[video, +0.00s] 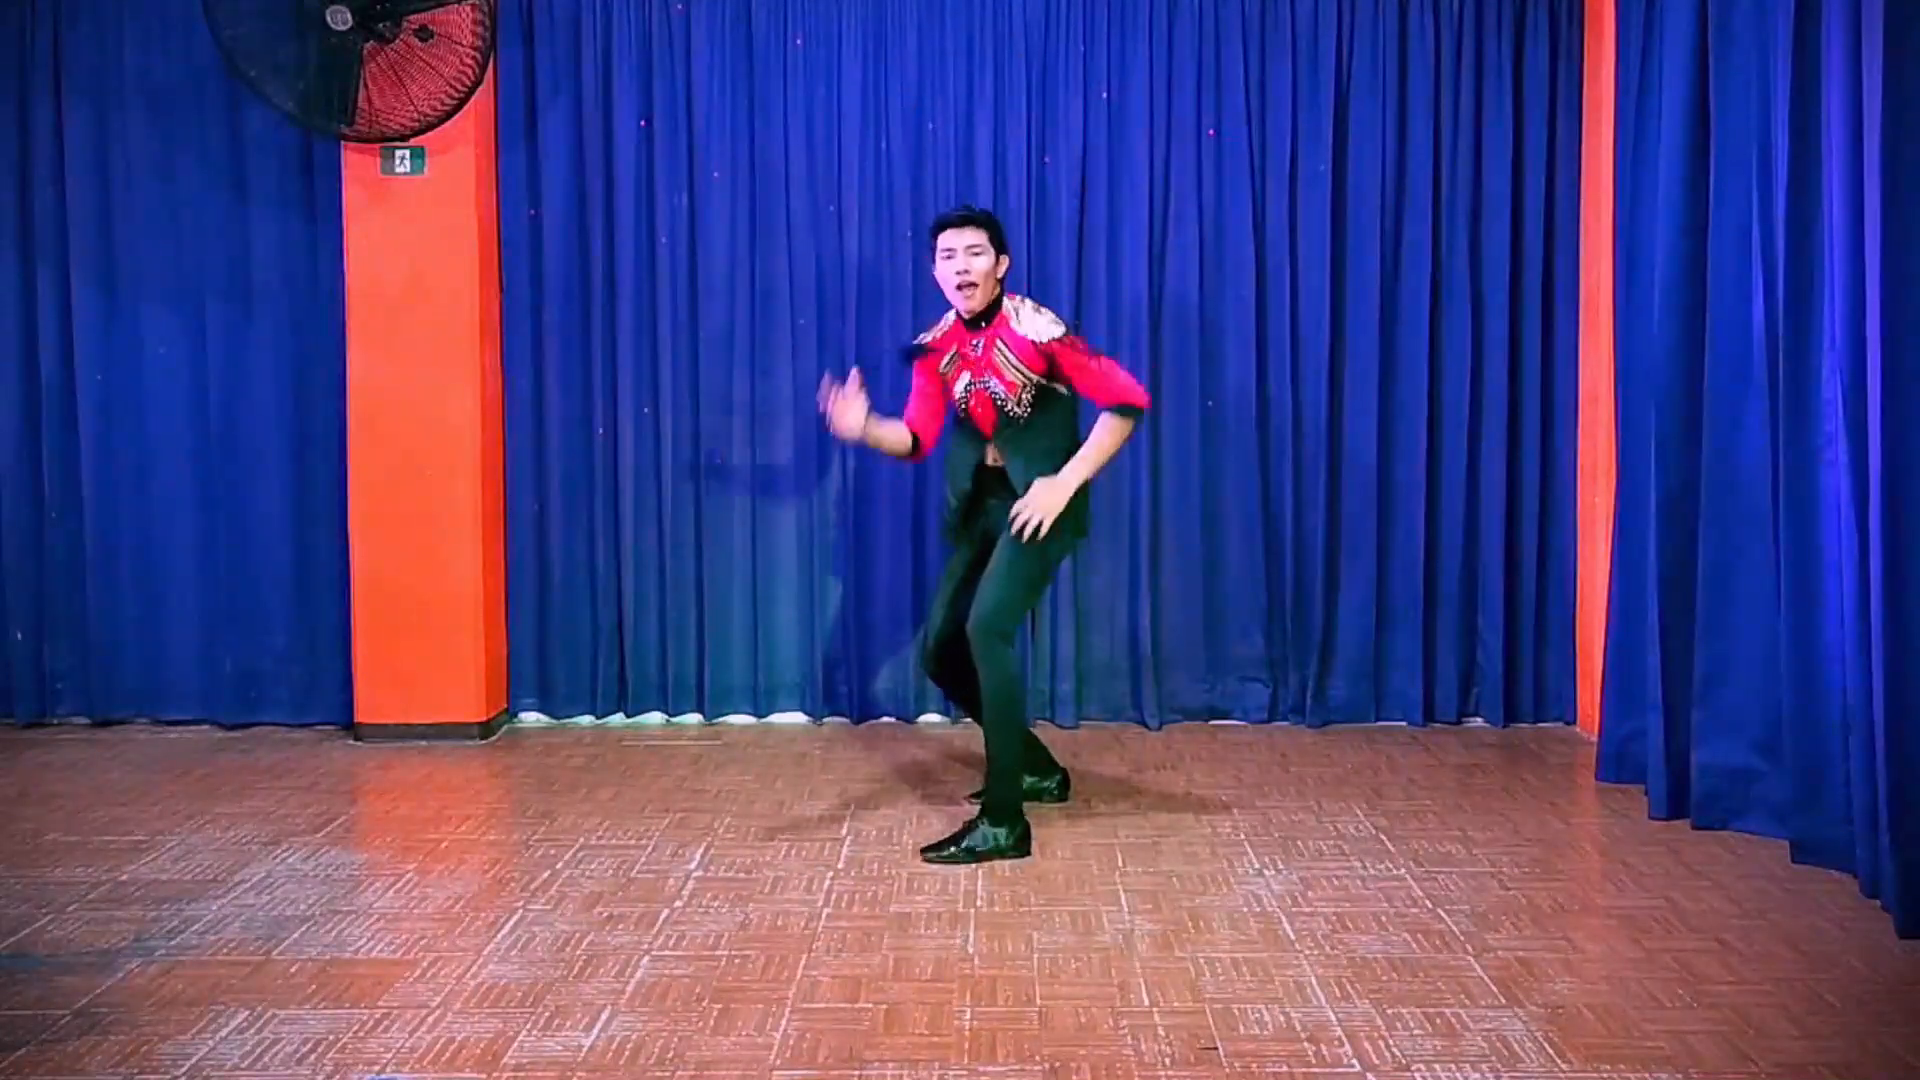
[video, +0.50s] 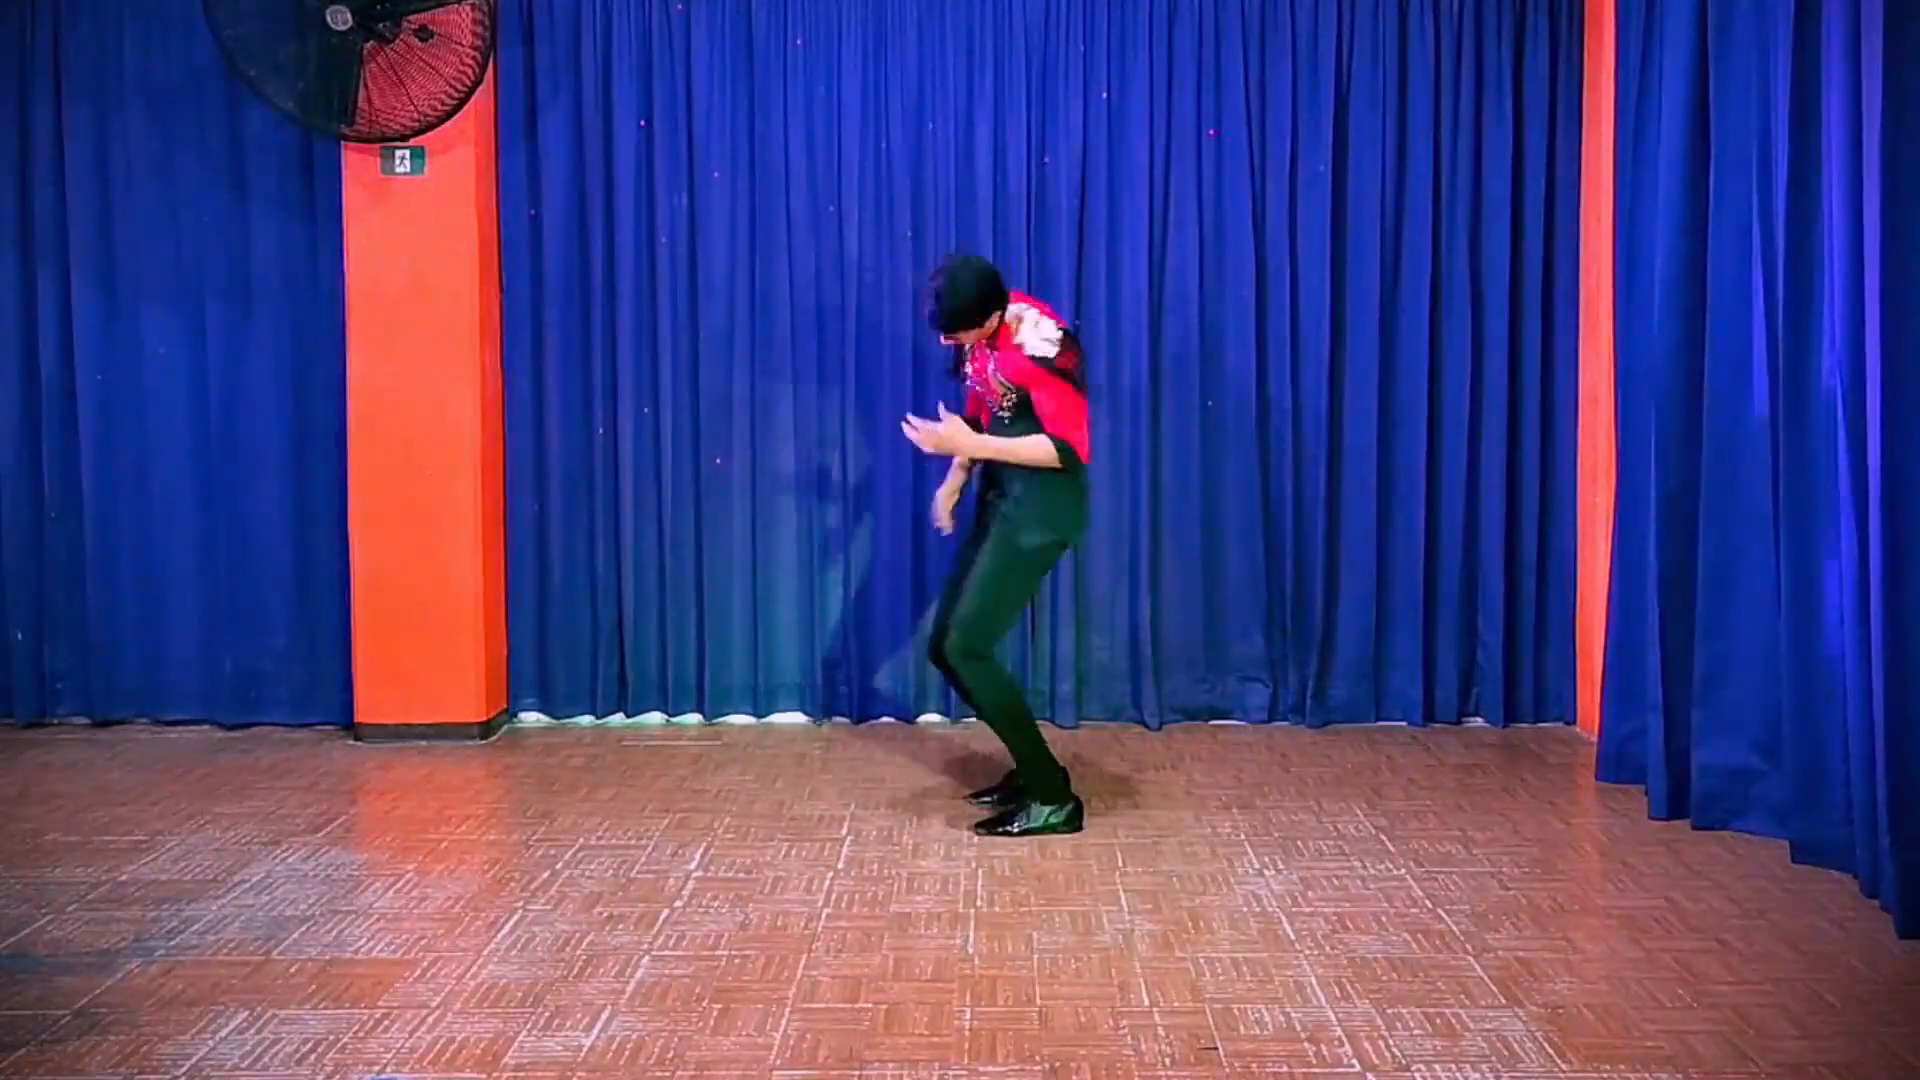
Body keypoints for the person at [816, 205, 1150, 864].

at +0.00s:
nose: (960, 268)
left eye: (974, 253)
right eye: (947, 256)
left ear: (1001, 264)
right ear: (934, 271)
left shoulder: (1036, 332)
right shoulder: (937, 351)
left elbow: (1127, 403)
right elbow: (915, 439)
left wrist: (1065, 481)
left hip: (1044, 504)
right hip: (984, 509)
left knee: (989, 629)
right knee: (942, 652)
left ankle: (1003, 820)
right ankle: (1038, 767)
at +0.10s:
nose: (956, 263)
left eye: (970, 248)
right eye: (944, 252)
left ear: (999, 257)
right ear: (934, 265)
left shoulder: (1034, 320)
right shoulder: (947, 338)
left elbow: (1139, 352)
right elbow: (890, 411)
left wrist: (1088, 440)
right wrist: (887, 364)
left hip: (1046, 491)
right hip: (987, 494)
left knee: (987, 618)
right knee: (942, 643)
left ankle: (1006, 811)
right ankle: (1038, 770)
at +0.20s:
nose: (935, 269)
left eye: (947, 253)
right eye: (929, 260)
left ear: (989, 258)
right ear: (931, 274)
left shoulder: (1033, 310)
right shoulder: (954, 316)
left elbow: (1137, 314)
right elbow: (878, 344)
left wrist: (1114, 411)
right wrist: (934, 368)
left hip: (1047, 490)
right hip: (993, 488)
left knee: (962, 615)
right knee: (941, 644)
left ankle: (1038, 775)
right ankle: (1029, 766)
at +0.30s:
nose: (930, 298)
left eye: (933, 280)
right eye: (926, 284)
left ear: (970, 268)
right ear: (964, 273)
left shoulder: (1040, 318)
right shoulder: (963, 332)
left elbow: (1140, 379)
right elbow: (906, 391)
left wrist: (1072, 453)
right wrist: (922, 443)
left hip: (1040, 502)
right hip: (992, 500)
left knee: (956, 644)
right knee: (939, 648)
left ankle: (1050, 796)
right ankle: (1032, 772)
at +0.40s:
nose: (941, 319)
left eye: (946, 307)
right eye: (937, 308)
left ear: (983, 298)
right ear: (973, 298)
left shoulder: (1051, 336)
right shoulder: (974, 349)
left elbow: (1086, 449)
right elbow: (970, 447)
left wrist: (996, 473)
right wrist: (927, 495)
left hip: (1048, 508)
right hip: (1004, 505)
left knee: (958, 649)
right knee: (938, 650)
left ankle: (1053, 797)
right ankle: (1031, 773)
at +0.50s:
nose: (954, 342)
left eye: (962, 332)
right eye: (949, 333)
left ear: (992, 316)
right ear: (959, 315)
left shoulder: (1037, 352)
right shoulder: (985, 336)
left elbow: (1069, 448)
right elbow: (989, 420)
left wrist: (969, 443)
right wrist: (955, 480)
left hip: (1042, 511)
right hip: (1002, 505)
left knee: (965, 646)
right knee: (946, 645)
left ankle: (1053, 797)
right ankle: (1030, 773)